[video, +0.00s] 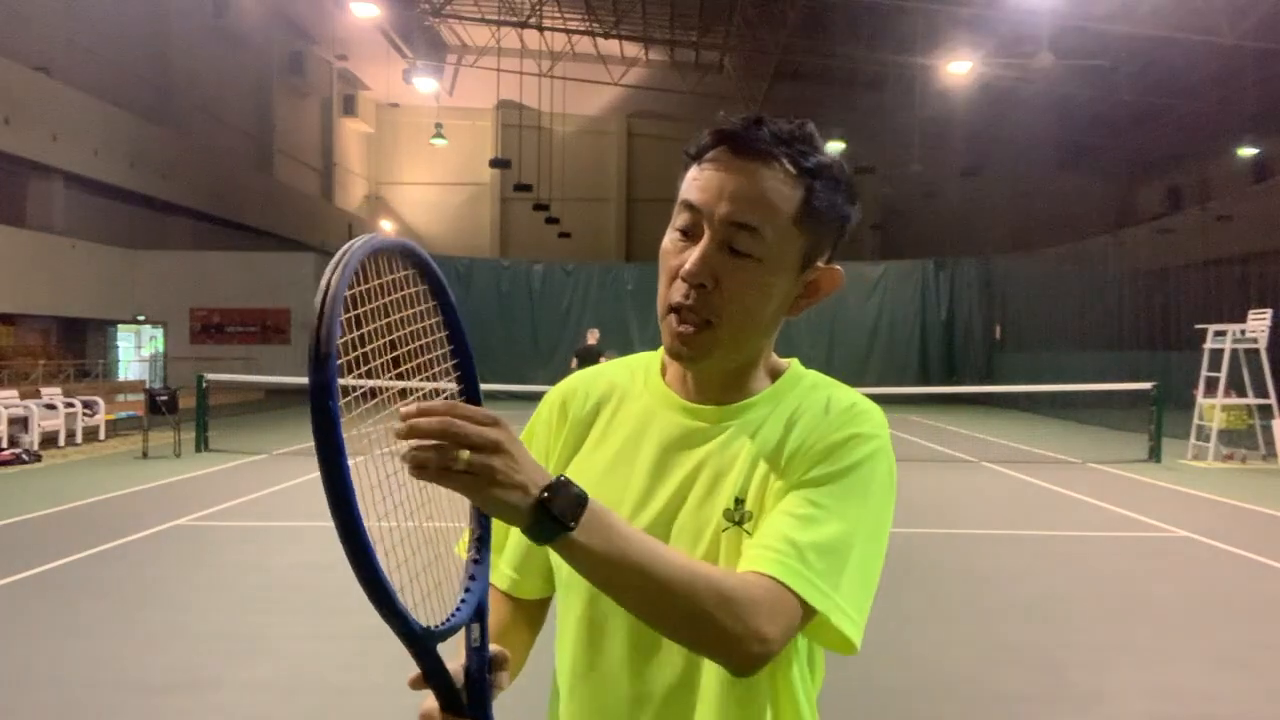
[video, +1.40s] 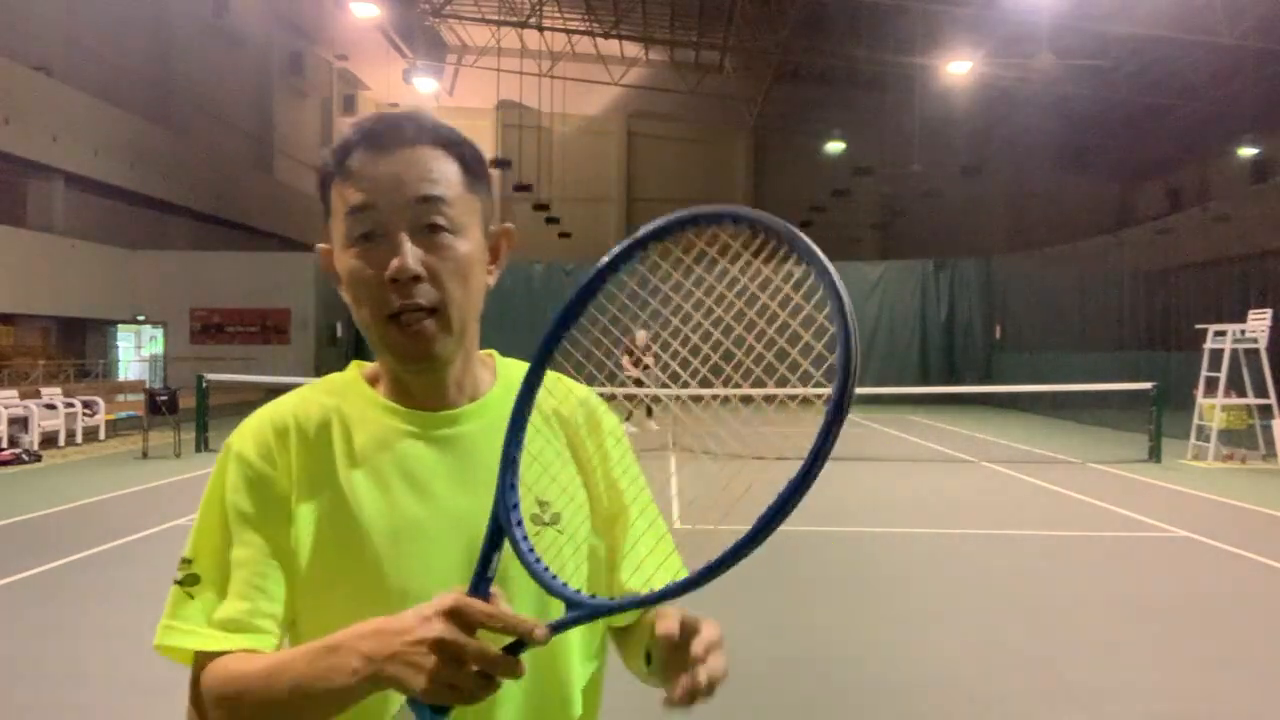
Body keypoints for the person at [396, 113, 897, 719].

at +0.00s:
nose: (692, 268)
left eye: (740, 247)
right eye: (686, 230)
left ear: (808, 290)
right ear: (665, 233)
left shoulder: (839, 432)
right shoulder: (576, 404)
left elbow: (751, 628)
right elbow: (511, 595)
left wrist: (544, 501)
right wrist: (476, 670)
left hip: (741, 715)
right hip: (584, 711)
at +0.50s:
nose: (626, 257)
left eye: (668, 229)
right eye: (610, 223)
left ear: (737, 263)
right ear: (585, 238)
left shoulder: (790, 424)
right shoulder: (535, 406)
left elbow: (762, 657)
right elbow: (473, 612)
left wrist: (586, 545)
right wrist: (420, 680)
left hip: (701, 714)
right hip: (546, 709)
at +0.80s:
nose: (600, 250)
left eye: (634, 222)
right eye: (574, 225)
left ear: (697, 250)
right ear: (545, 250)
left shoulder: (771, 417)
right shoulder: (500, 417)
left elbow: (805, 663)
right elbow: (438, 609)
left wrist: (669, 548)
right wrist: (413, 667)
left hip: (701, 709)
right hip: (535, 706)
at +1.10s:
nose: (557, 259)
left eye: (590, 229)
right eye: (528, 231)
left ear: (650, 254)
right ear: (496, 257)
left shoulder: (734, 421)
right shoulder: (444, 435)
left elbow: (816, 662)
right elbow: (381, 645)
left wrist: (728, 553)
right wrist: (414, 683)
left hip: (691, 709)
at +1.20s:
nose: (518, 264)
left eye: (549, 230)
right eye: (486, 236)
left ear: (606, 257)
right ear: (453, 264)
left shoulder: (688, 420)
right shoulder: (394, 442)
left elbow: (779, 668)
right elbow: (324, 671)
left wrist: (725, 549)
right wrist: (398, 678)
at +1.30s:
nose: (461, 264)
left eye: (492, 229)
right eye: (428, 235)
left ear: (549, 254)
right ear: (392, 262)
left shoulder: (633, 428)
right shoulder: (330, 444)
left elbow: (715, 672)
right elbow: (260, 686)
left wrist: (710, 597)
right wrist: (374, 665)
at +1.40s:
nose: (404, 264)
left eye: (435, 228)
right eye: (369, 236)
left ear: (495, 251)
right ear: (334, 268)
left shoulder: (574, 421)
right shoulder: (278, 444)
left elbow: (642, 609)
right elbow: (218, 689)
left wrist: (673, 645)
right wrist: (370, 651)